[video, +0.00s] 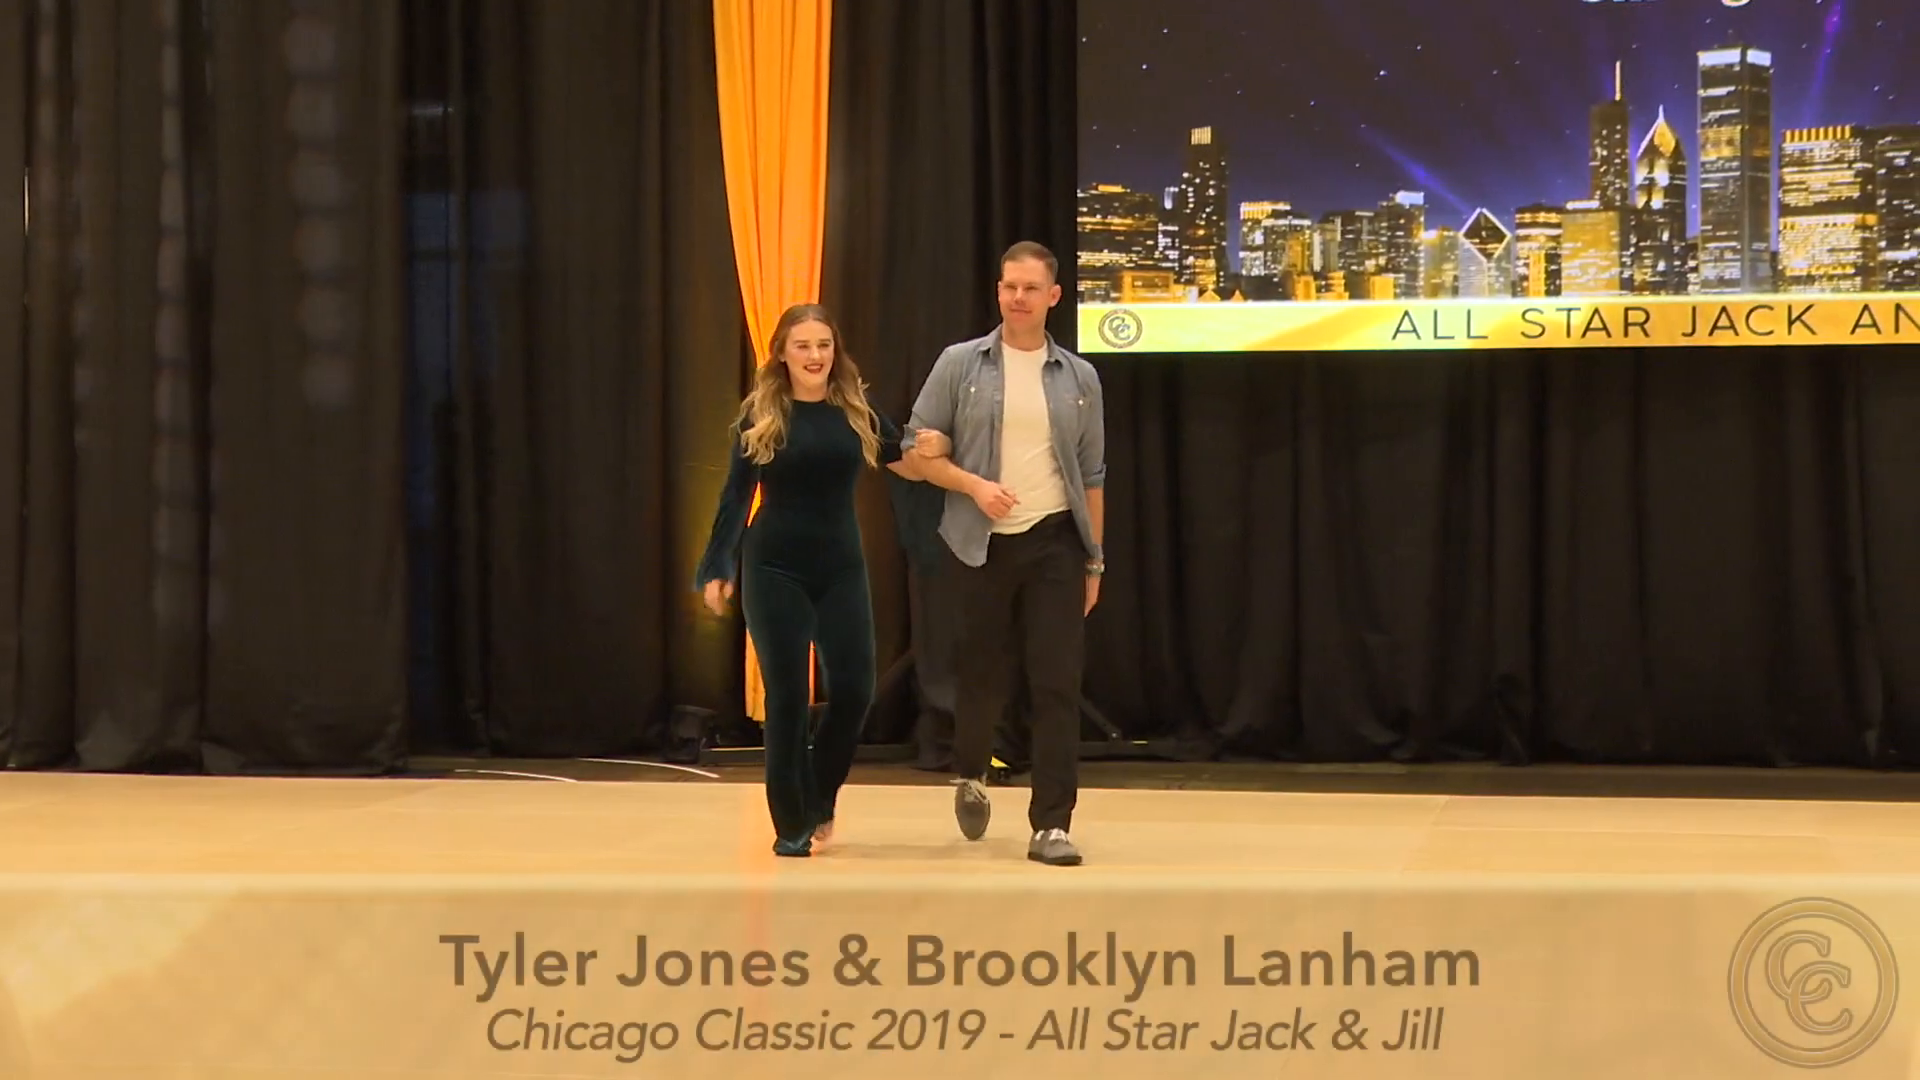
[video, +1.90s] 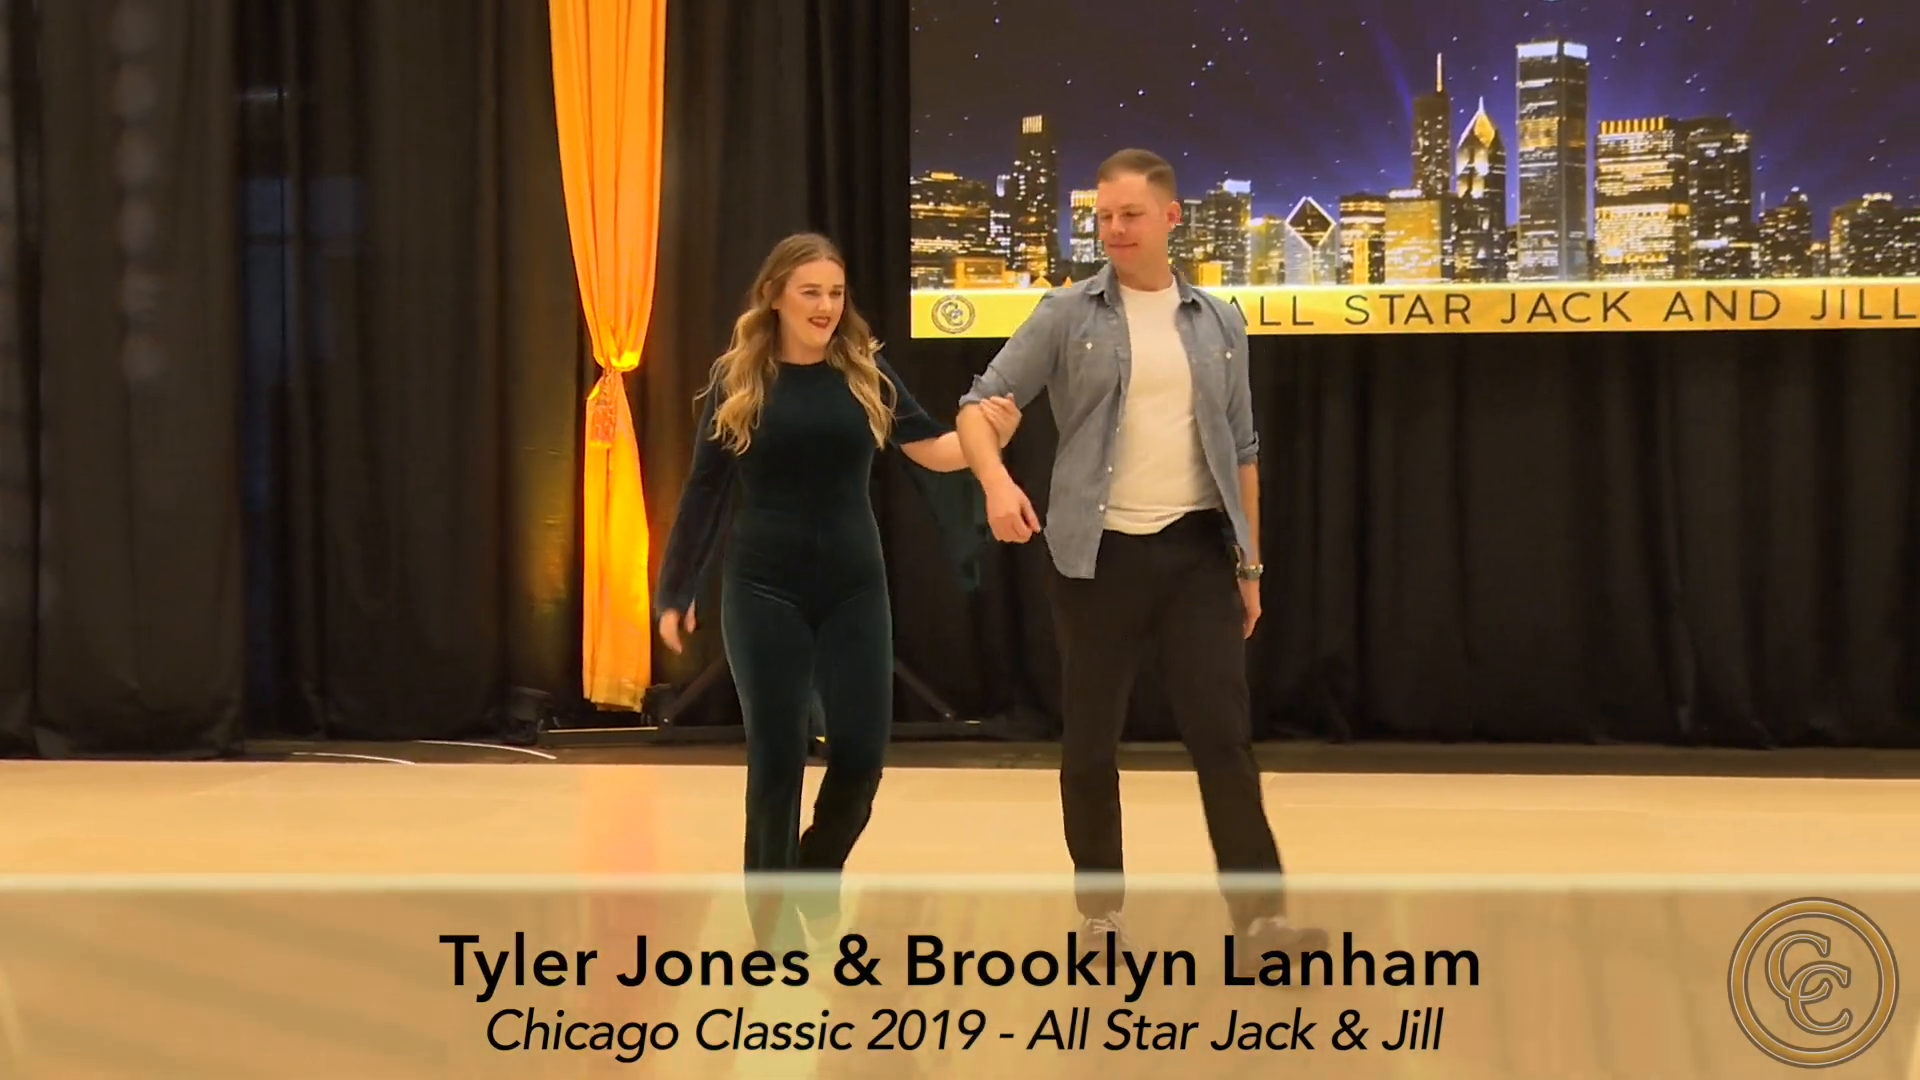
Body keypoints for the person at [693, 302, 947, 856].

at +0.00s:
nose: (813, 355)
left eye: (822, 344)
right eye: (801, 345)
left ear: (835, 350)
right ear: (783, 352)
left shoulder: (855, 410)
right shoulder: (760, 414)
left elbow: (897, 457)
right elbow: (737, 497)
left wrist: (933, 447)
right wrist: (719, 564)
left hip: (842, 571)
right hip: (773, 570)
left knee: (854, 690)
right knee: (787, 698)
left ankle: (821, 797)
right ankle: (790, 827)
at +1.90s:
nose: (824, 305)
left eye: (835, 292)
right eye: (809, 291)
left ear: (846, 299)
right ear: (775, 296)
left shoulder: (866, 374)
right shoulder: (739, 377)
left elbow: (930, 448)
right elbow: (704, 487)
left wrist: (988, 432)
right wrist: (676, 584)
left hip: (857, 588)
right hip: (761, 587)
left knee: (862, 758)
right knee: (776, 760)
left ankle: (814, 886)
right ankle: (770, 924)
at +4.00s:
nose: (949, 248)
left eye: (946, 236)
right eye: (934, 236)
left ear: (895, 255)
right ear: (888, 253)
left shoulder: (912, 333)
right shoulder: (883, 336)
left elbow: (974, 407)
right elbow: (958, 417)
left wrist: (1029, 333)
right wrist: (1020, 346)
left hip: (916, 565)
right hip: (894, 568)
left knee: (912, 749)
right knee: (915, 752)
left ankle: (875, 923)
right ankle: (903, 942)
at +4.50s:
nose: (940, 256)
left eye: (936, 244)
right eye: (926, 245)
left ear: (888, 266)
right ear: (882, 264)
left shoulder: (906, 341)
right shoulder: (886, 347)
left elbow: (967, 437)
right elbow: (967, 436)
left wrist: (1010, 352)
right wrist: (1008, 350)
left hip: (913, 561)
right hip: (892, 568)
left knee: (909, 744)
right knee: (893, 751)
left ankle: (912, 898)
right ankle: (883, 927)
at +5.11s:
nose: (951, 275)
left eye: (948, 264)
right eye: (937, 265)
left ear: (904, 281)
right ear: (897, 280)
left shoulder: (919, 354)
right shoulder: (893, 360)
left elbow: (976, 426)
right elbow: (969, 438)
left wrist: (1012, 357)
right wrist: (1010, 364)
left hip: (921, 557)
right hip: (901, 561)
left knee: (909, 729)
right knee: (898, 734)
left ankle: (904, 878)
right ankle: (886, 904)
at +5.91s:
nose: (953, 288)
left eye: (953, 277)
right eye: (946, 276)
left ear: (909, 283)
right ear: (909, 282)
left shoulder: (899, 354)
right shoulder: (902, 363)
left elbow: (965, 402)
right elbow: (975, 450)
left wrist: (1005, 354)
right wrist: (1007, 387)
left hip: (889, 558)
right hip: (911, 563)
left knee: (887, 728)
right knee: (914, 730)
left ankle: (890, 890)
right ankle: (907, 902)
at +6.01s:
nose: (957, 290)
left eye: (958, 279)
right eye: (950, 278)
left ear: (913, 282)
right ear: (912, 281)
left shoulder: (907, 354)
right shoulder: (902, 362)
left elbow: (961, 410)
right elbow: (973, 451)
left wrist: (1003, 361)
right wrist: (1012, 380)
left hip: (886, 555)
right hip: (909, 559)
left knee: (888, 724)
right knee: (927, 722)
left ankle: (888, 887)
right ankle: (906, 901)